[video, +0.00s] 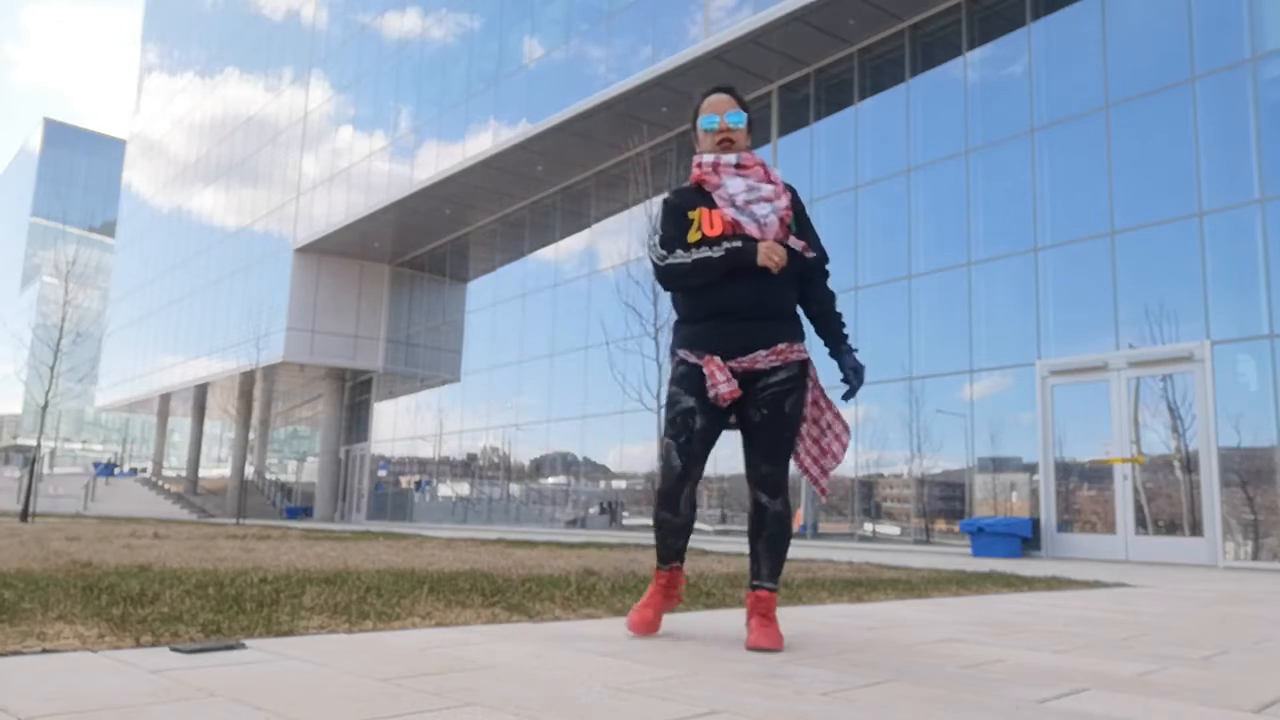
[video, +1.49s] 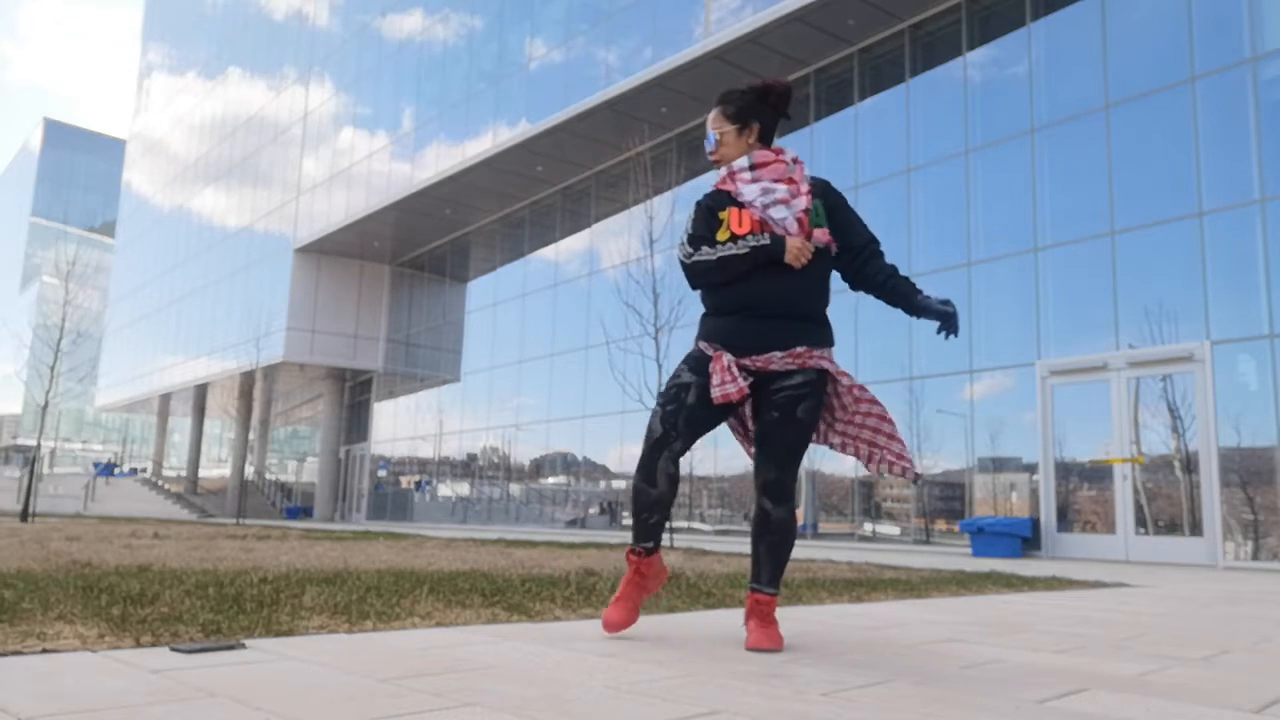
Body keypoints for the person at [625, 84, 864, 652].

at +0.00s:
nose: (723, 129)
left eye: (733, 120)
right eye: (712, 121)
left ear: (750, 130)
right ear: (696, 134)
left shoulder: (781, 199)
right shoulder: (680, 202)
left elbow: (812, 277)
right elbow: (666, 267)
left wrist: (839, 346)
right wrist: (747, 251)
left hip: (774, 357)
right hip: (700, 359)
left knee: (769, 482)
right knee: (675, 471)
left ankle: (762, 604)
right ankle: (666, 580)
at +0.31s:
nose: (713, 122)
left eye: (723, 112)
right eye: (701, 114)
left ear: (741, 121)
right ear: (687, 126)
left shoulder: (770, 195)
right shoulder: (669, 193)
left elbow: (804, 272)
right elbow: (643, 255)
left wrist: (840, 335)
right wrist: (716, 242)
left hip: (744, 357)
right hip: (668, 355)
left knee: (746, 480)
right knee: (626, 464)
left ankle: (758, 606)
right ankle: (572, 576)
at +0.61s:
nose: (716, 127)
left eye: (726, 117)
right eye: (704, 120)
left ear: (744, 127)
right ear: (691, 133)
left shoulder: (781, 197)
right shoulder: (675, 201)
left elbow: (819, 271)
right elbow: (647, 266)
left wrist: (861, 329)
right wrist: (713, 244)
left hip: (753, 364)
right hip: (676, 361)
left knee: (753, 484)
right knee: (633, 466)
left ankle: (760, 609)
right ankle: (572, 579)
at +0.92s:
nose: (736, 132)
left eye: (746, 122)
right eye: (724, 125)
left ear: (764, 129)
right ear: (710, 137)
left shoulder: (804, 199)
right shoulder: (699, 209)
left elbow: (855, 261)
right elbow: (675, 276)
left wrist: (913, 302)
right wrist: (742, 253)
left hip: (787, 362)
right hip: (710, 359)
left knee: (772, 486)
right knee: (667, 462)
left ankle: (762, 609)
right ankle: (628, 570)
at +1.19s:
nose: (740, 133)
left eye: (751, 123)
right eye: (728, 127)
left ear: (772, 133)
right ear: (717, 139)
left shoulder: (805, 201)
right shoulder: (704, 202)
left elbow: (847, 268)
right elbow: (679, 268)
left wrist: (894, 289)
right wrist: (752, 253)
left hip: (798, 355)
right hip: (726, 355)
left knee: (784, 480)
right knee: (752, 454)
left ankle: (763, 606)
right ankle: (726, 572)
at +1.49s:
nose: (710, 150)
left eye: (718, 138)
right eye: (709, 139)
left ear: (753, 134)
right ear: (737, 138)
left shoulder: (816, 199)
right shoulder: (716, 202)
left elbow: (865, 267)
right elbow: (696, 267)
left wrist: (920, 301)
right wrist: (773, 247)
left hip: (795, 360)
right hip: (720, 356)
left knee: (775, 485)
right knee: (661, 438)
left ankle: (761, 609)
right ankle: (643, 564)